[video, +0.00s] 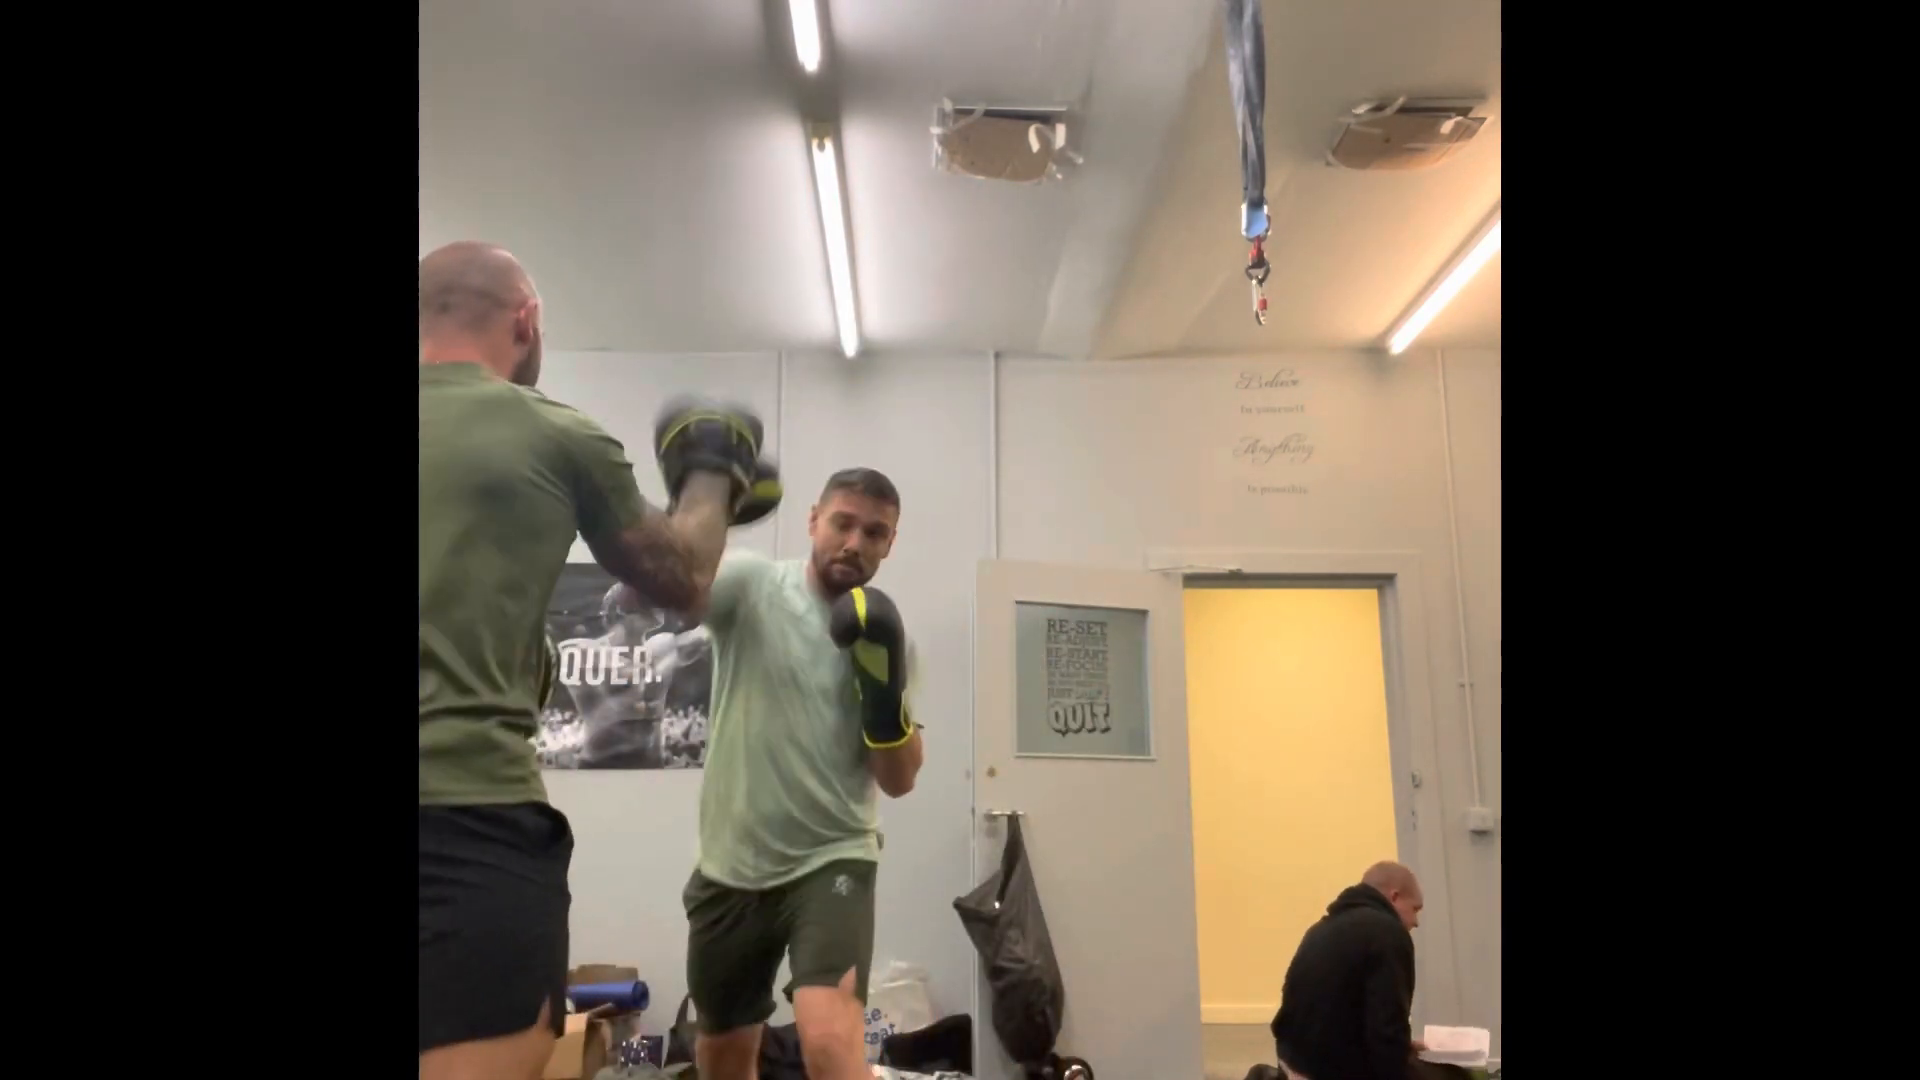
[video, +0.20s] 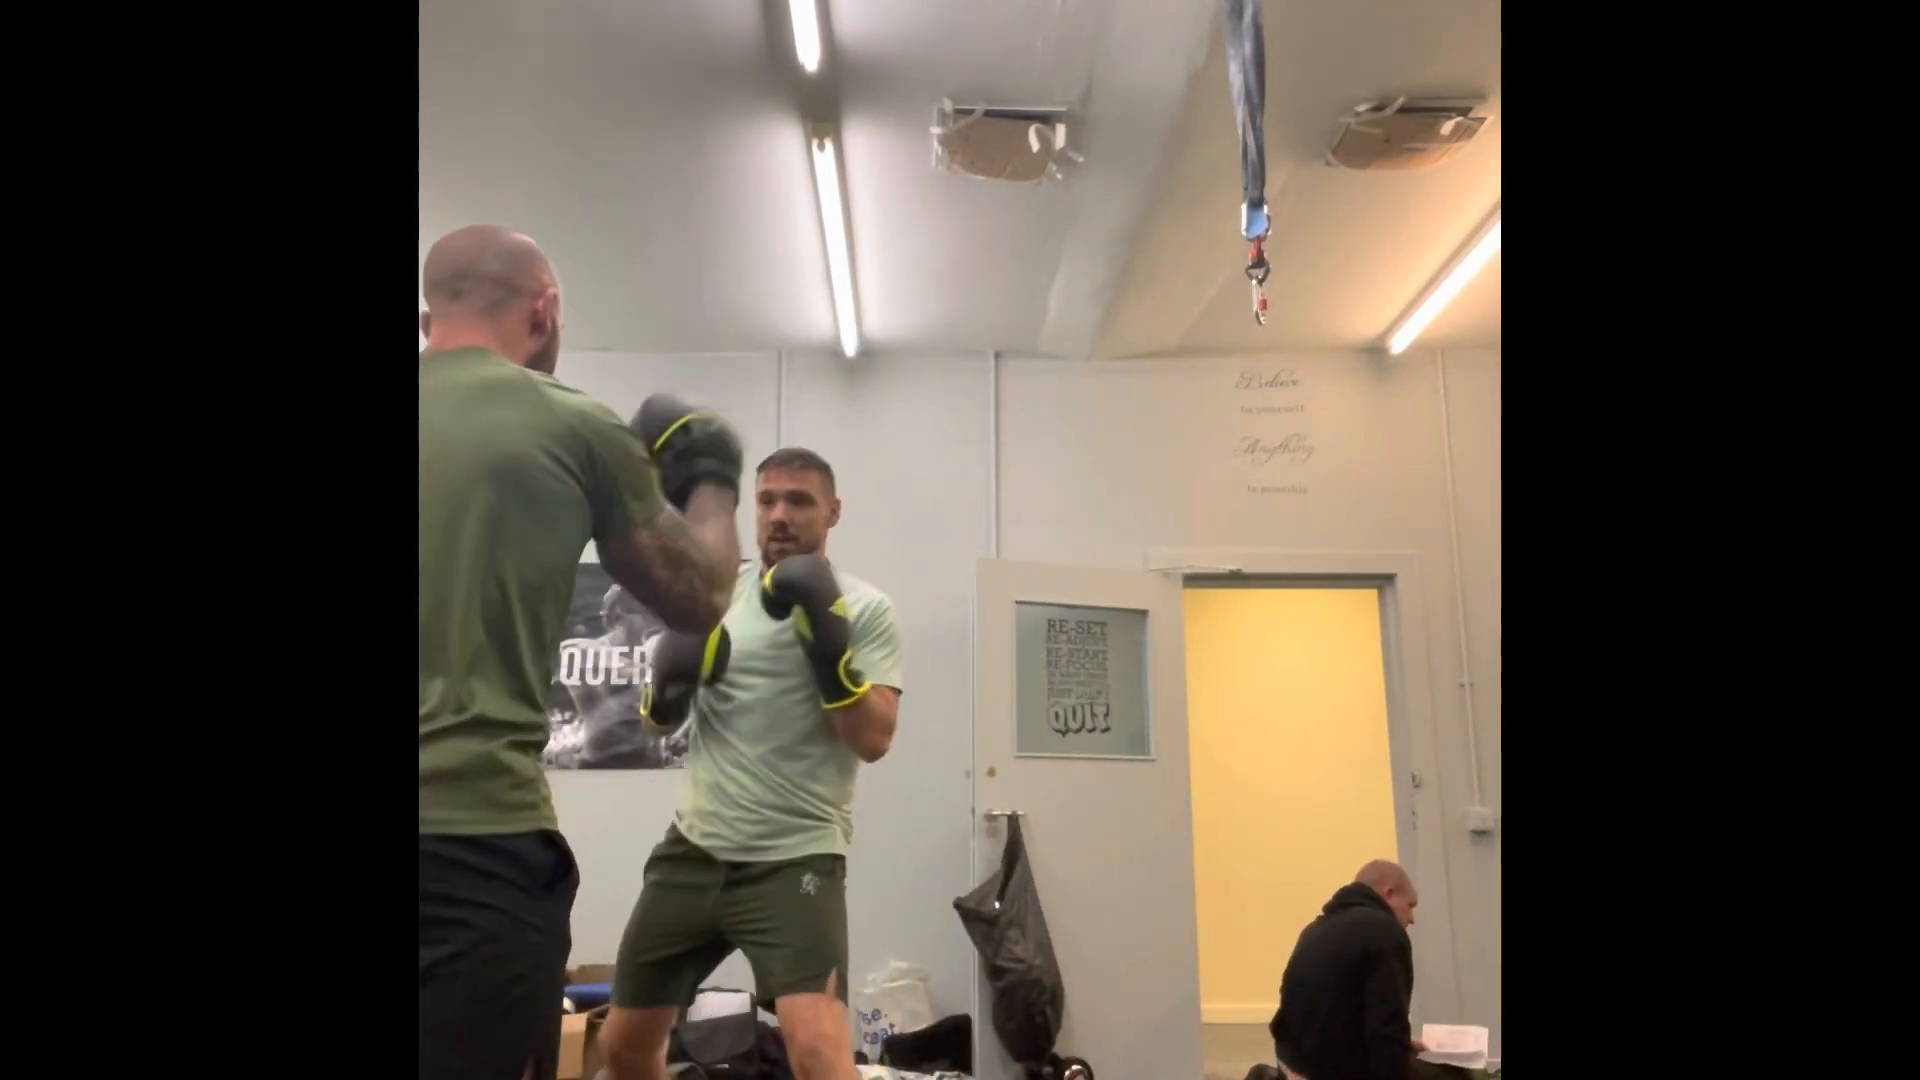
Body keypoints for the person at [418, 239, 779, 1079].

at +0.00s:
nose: (539, 350)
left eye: (538, 332)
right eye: (538, 329)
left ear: (424, 317)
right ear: (523, 320)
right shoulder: (546, 434)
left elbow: (677, 579)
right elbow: (681, 583)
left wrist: (703, 489)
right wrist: (713, 470)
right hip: (467, 818)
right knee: (479, 1059)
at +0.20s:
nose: (557, 334)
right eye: (559, 316)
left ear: (429, 315)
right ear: (543, 311)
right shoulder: (565, 423)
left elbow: (697, 597)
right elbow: (698, 599)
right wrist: (712, 475)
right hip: (476, 836)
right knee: (488, 1061)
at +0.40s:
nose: (581, 315)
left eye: (577, 294)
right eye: (582, 292)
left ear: (451, 284)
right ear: (561, 284)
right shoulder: (537, 400)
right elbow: (701, 574)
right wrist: (767, 475)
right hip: (452, 810)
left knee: (498, 1053)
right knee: (483, 1063)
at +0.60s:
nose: (572, 326)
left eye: (573, 305)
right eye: (573, 301)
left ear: (437, 285)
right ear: (541, 287)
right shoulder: (540, 413)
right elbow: (703, 592)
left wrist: (589, 670)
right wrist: (736, 479)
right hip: (463, 835)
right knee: (551, 1059)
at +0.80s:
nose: (723, 296)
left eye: (722, 277)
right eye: (726, 274)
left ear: (599, 248)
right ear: (704, 250)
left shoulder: (467, 363)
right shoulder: (675, 333)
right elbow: (703, 552)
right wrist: (785, 525)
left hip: (427, 772)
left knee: (426, 1053)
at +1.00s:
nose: (725, 511)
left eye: (741, 498)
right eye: (708, 487)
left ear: (760, 516)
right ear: (682, 497)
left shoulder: (775, 606)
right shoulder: (615, 586)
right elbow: (549, 703)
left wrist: (769, 671)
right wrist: (597, 681)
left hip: (724, 886)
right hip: (609, 871)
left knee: (733, 1067)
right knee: (546, 1061)